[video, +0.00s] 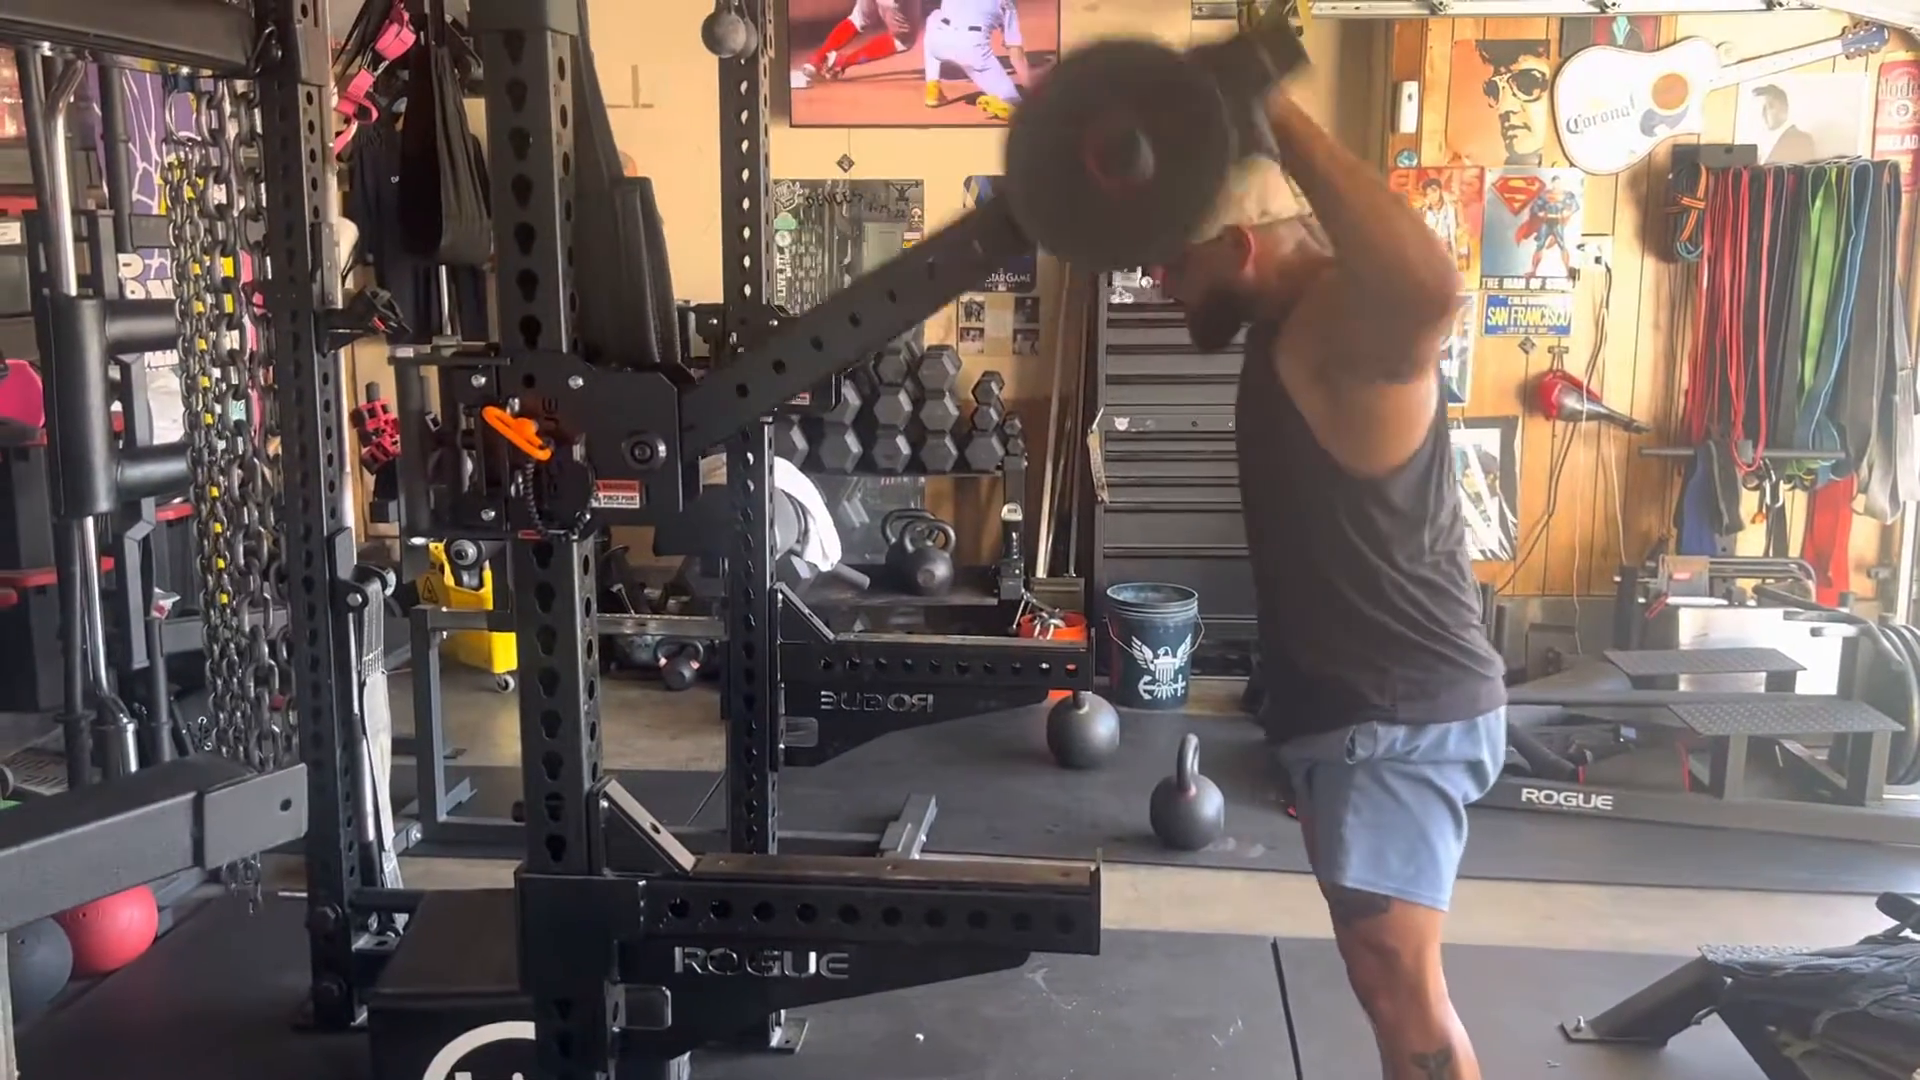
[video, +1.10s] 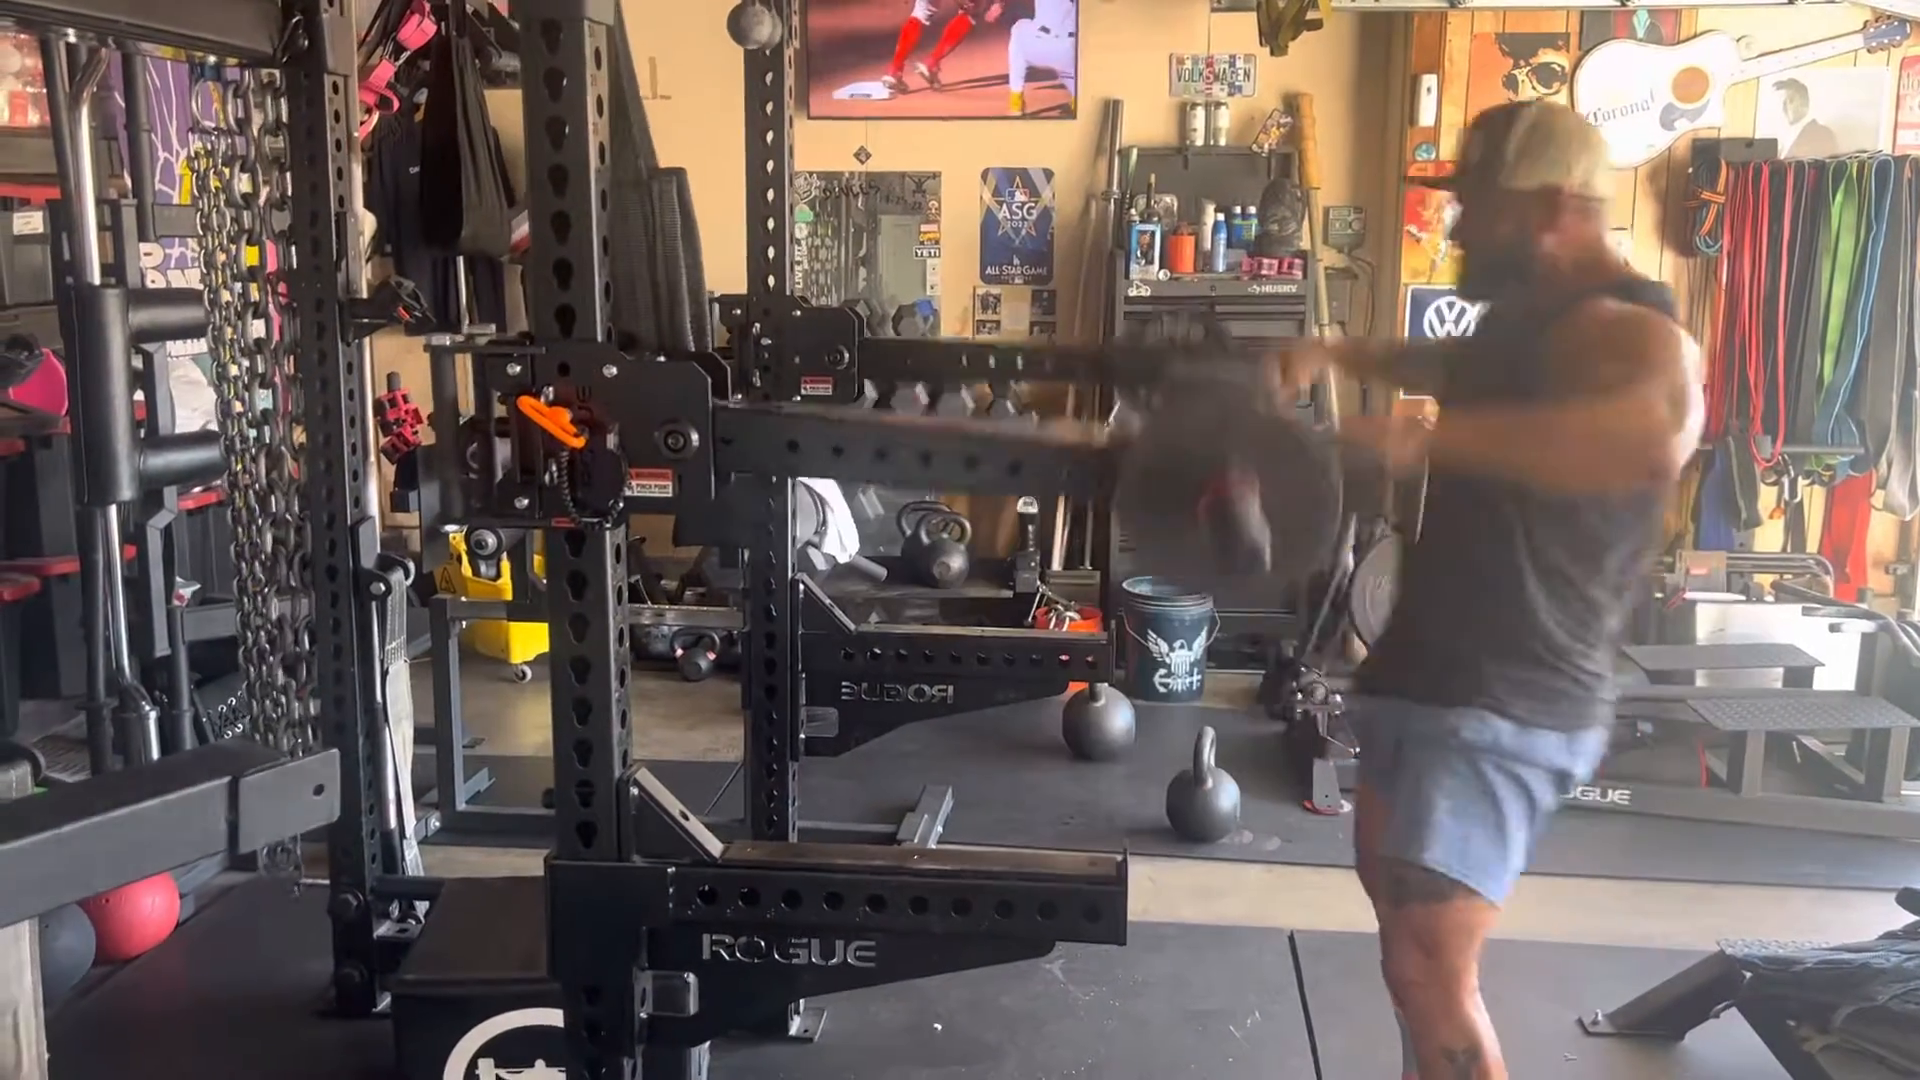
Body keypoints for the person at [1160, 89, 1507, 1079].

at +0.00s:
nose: (1161, 285)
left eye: (1173, 257)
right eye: (1156, 259)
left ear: (1243, 237)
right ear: (1241, 242)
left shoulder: (1350, 320)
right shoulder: (1292, 326)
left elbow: (1430, 285)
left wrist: (1281, 115)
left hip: (1396, 717)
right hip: (1351, 707)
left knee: (1400, 984)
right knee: (1390, 975)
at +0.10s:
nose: (1243, 252)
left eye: (1251, 229)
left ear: (1292, 227)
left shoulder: (1376, 312)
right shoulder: (1325, 322)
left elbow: (1535, 385)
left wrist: (1381, 260)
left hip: (1420, 716)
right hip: (1371, 709)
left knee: (1418, 1005)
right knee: (1398, 995)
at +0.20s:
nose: (1260, 249)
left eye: (1272, 224)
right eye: (1258, 226)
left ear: (1346, 224)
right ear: (1343, 224)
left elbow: (1604, 426)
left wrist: (1380, 373)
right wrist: (1218, 412)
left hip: (1493, 704)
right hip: (1376, 700)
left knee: (1422, 980)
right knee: (1389, 971)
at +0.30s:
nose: (1351, 256)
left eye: (1363, 230)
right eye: (1350, 233)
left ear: (1441, 229)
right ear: (1440, 230)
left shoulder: (1545, 323)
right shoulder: (1457, 329)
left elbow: (1588, 467)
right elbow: (1415, 411)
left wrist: (1374, 533)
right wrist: (1302, 426)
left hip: (1543, 710)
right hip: (1447, 693)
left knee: (1442, 969)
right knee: (1387, 876)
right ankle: (1426, 1052)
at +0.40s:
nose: (1397, 279)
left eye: (1410, 256)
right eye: (1397, 256)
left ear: (1492, 258)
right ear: (1492, 260)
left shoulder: (1584, 373)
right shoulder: (1487, 360)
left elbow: (1488, 564)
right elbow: (1387, 466)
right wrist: (1246, 532)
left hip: (1598, 732)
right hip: (1499, 708)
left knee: (1457, 985)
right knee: (1405, 879)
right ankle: (1443, 1045)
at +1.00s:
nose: (1474, 256)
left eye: (1492, 234)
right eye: (1476, 234)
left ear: (1572, 249)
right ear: (1567, 253)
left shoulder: (1647, 378)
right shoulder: (1533, 360)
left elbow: (1554, 535)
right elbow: (1422, 452)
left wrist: (1355, 602)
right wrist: (1294, 487)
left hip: (1602, 737)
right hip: (1496, 706)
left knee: (1441, 971)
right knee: (1395, 866)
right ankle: (1435, 1060)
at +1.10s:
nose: (1456, 224)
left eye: (1471, 200)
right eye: (1458, 201)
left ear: (1548, 206)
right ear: (1538, 209)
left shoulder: (1628, 330)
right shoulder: (1514, 324)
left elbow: (1649, 440)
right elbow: (1435, 369)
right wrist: (1334, 352)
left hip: (1504, 697)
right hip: (1424, 674)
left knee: (1433, 973)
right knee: (1402, 936)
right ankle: (1432, 1067)